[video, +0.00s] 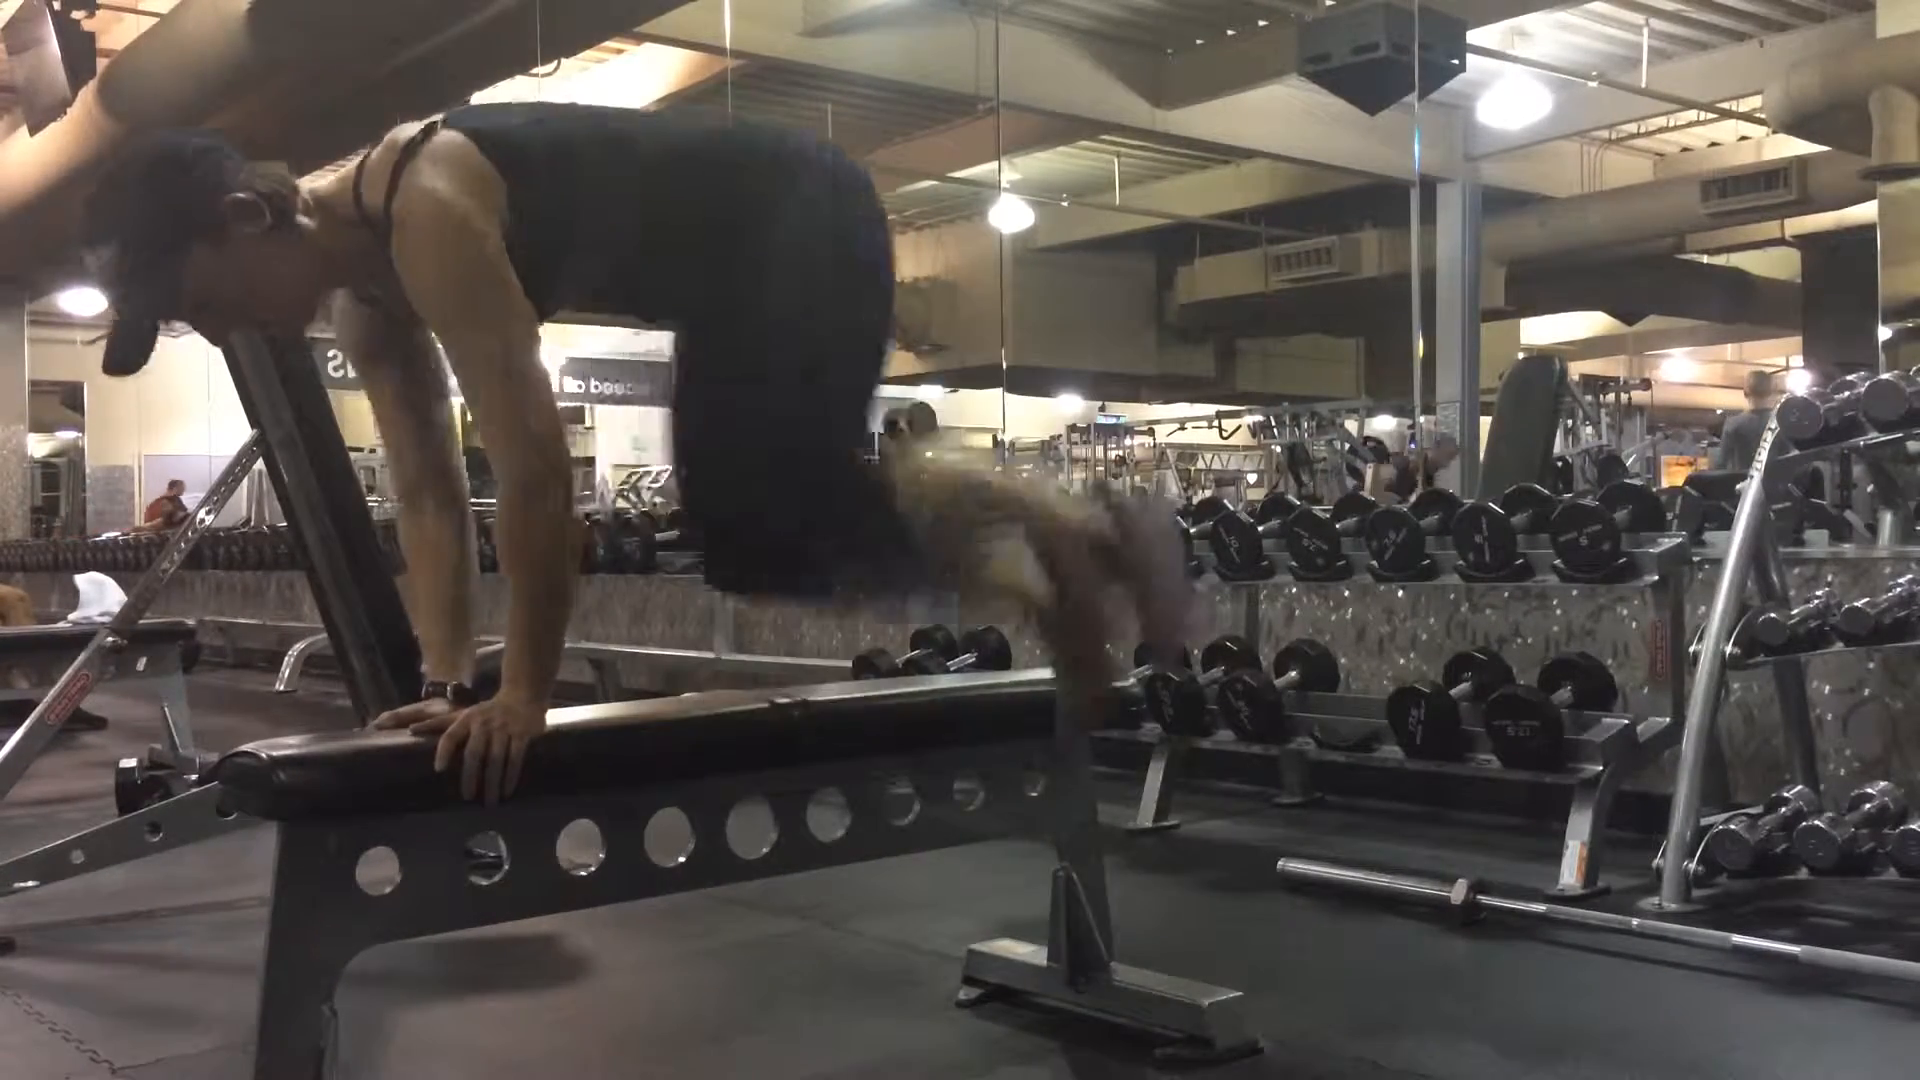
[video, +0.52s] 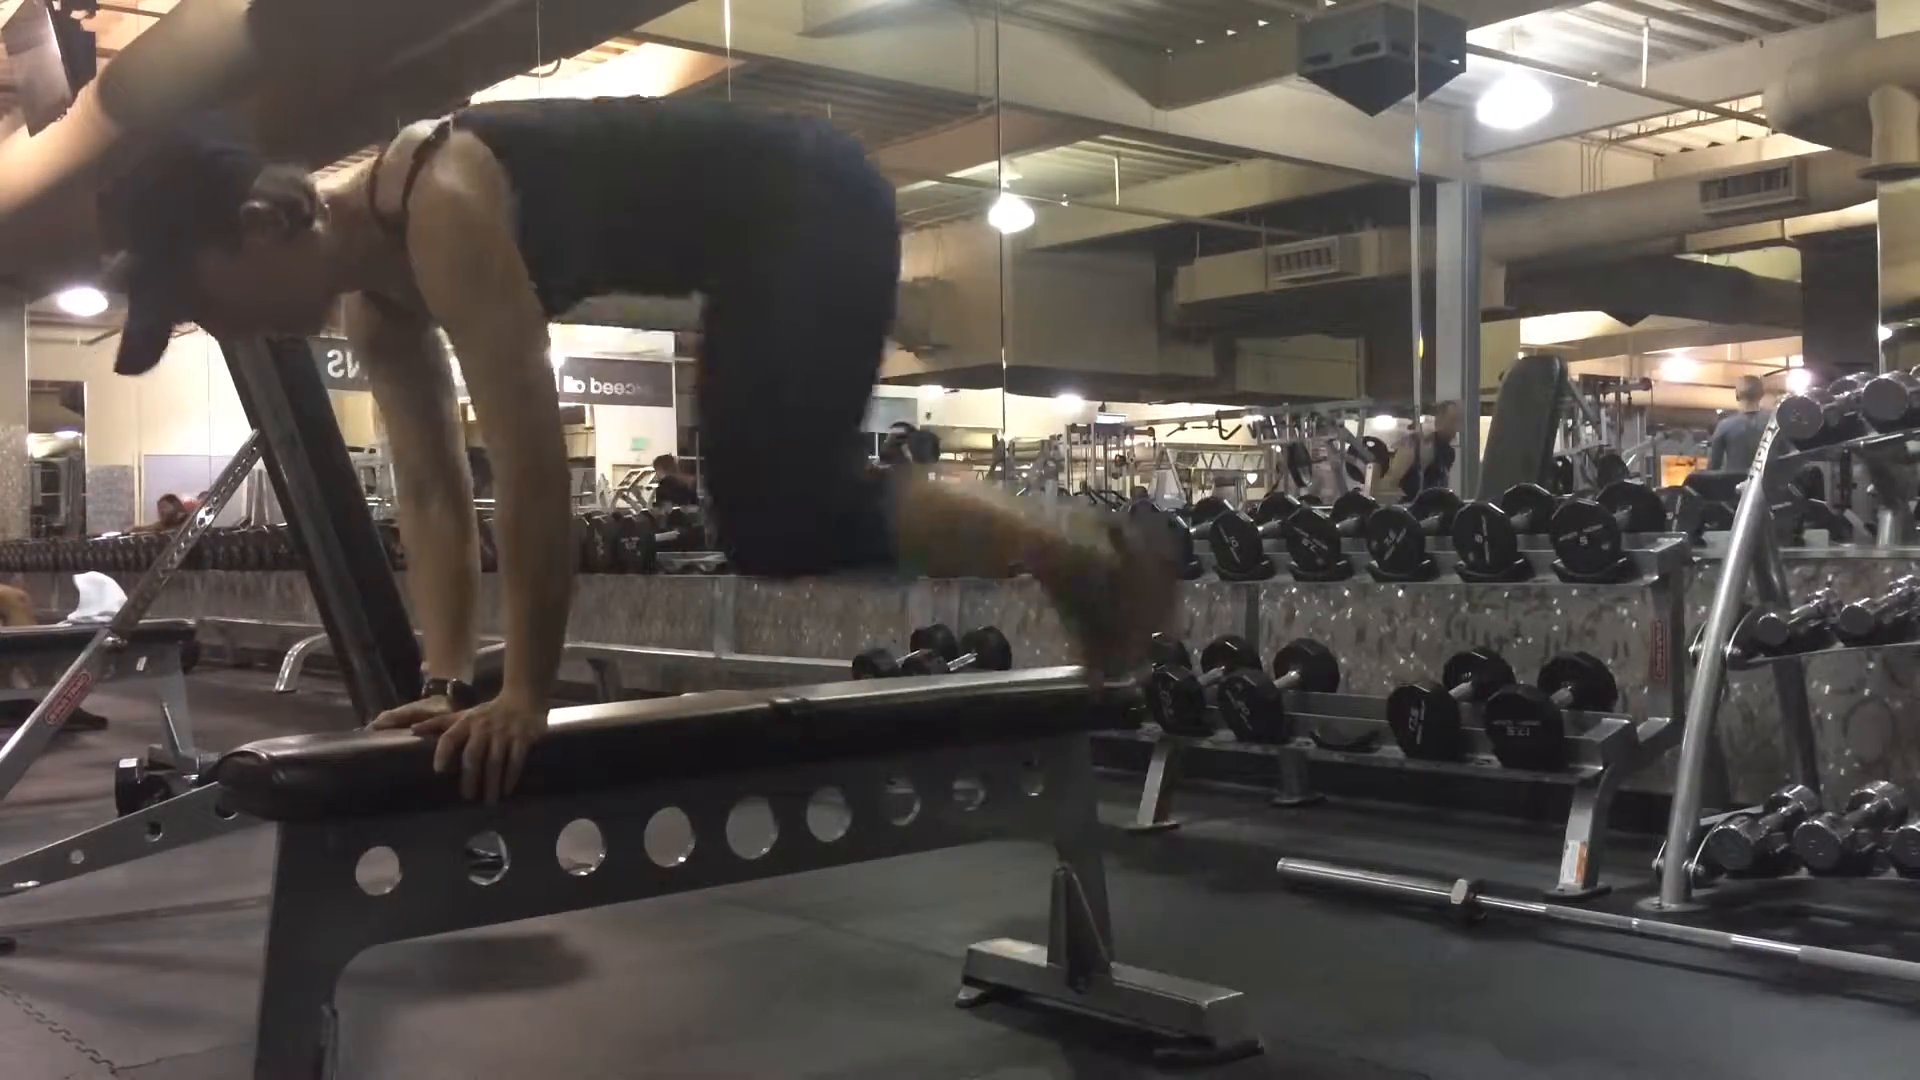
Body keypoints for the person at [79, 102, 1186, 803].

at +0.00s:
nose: (229, 331)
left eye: (208, 304)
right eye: (203, 323)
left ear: (243, 215)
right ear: (242, 221)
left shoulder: (428, 204)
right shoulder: (360, 276)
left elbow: (535, 451)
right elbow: (423, 486)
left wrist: (523, 691)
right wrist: (446, 684)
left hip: (801, 215)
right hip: (730, 270)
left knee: (784, 522)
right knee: (740, 542)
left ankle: (1076, 525)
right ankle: (1027, 561)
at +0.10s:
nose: (227, 309)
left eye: (206, 280)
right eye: (201, 299)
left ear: (246, 195)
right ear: (247, 200)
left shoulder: (433, 215)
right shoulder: (375, 258)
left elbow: (535, 464)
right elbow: (438, 476)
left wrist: (525, 691)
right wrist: (443, 675)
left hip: (831, 290)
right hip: (773, 333)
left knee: (901, 617)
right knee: (855, 643)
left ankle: (1146, 813)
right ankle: (1090, 844)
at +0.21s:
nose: (281, 314)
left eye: (268, 282)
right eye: (261, 298)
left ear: (320, 212)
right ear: (307, 231)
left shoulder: (490, 241)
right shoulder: (434, 292)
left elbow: (576, 501)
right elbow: (491, 501)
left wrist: (528, 703)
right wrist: (460, 676)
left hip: (867, 456)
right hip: (823, 482)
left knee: (923, 819)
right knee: (902, 810)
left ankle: (1208, 1048)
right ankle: (1136, 988)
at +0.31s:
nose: (278, 319)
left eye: (261, 290)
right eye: (256, 304)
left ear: (298, 221)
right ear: (291, 233)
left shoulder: (483, 244)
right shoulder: (427, 294)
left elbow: (577, 493)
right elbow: (493, 499)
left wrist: (529, 698)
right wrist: (459, 674)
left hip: (867, 423)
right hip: (816, 449)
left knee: (986, 738)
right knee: (939, 749)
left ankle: (1180, 1009)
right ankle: (1112, 982)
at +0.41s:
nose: (228, 317)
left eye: (208, 292)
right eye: (205, 309)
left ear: (247, 204)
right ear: (250, 209)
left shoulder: (433, 217)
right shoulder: (361, 270)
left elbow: (532, 465)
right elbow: (420, 482)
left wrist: (525, 688)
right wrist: (446, 673)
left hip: (830, 260)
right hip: (785, 297)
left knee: (933, 573)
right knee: (909, 585)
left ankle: (1136, 832)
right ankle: (1093, 845)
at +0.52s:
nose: (231, 331)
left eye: (211, 306)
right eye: (208, 322)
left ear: (256, 222)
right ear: (257, 221)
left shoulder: (445, 206)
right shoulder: (367, 276)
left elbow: (528, 454)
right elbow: (426, 481)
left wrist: (524, 690)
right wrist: (444, 677)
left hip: (806, 197)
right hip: (743, 243)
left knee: (786, 517)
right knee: (764, 522)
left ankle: (1081, 552)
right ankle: (1063, 550)